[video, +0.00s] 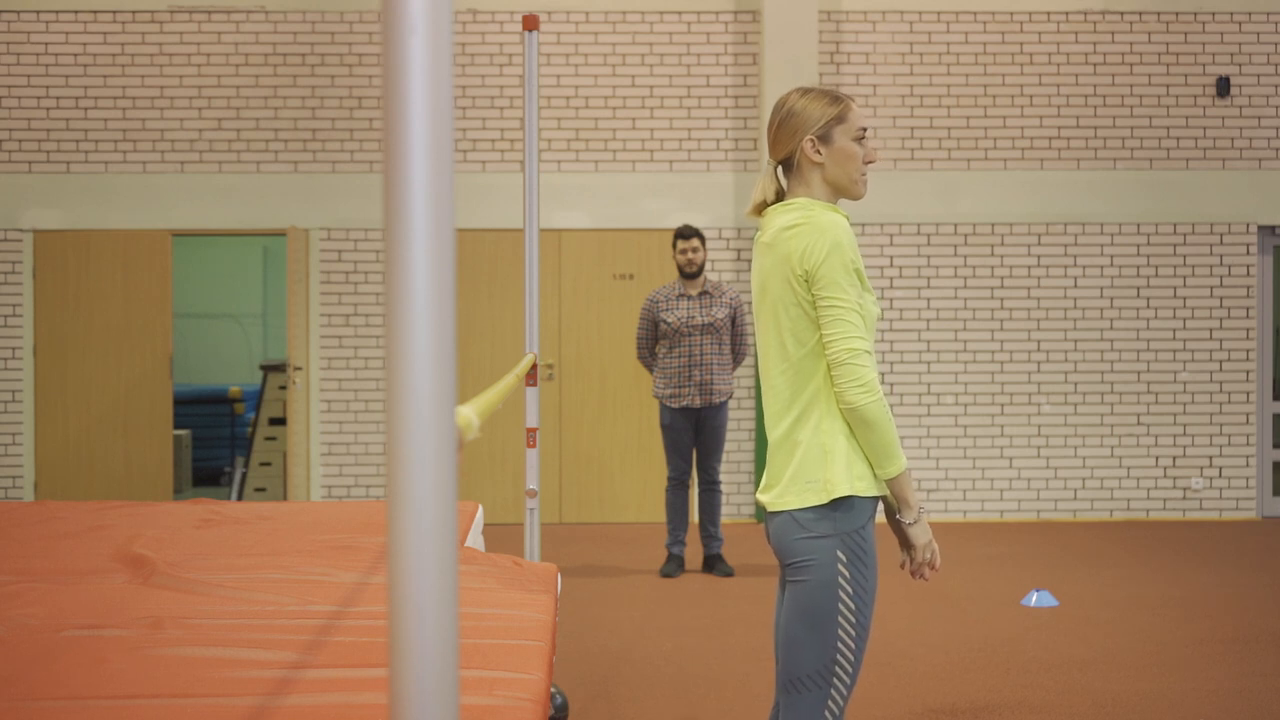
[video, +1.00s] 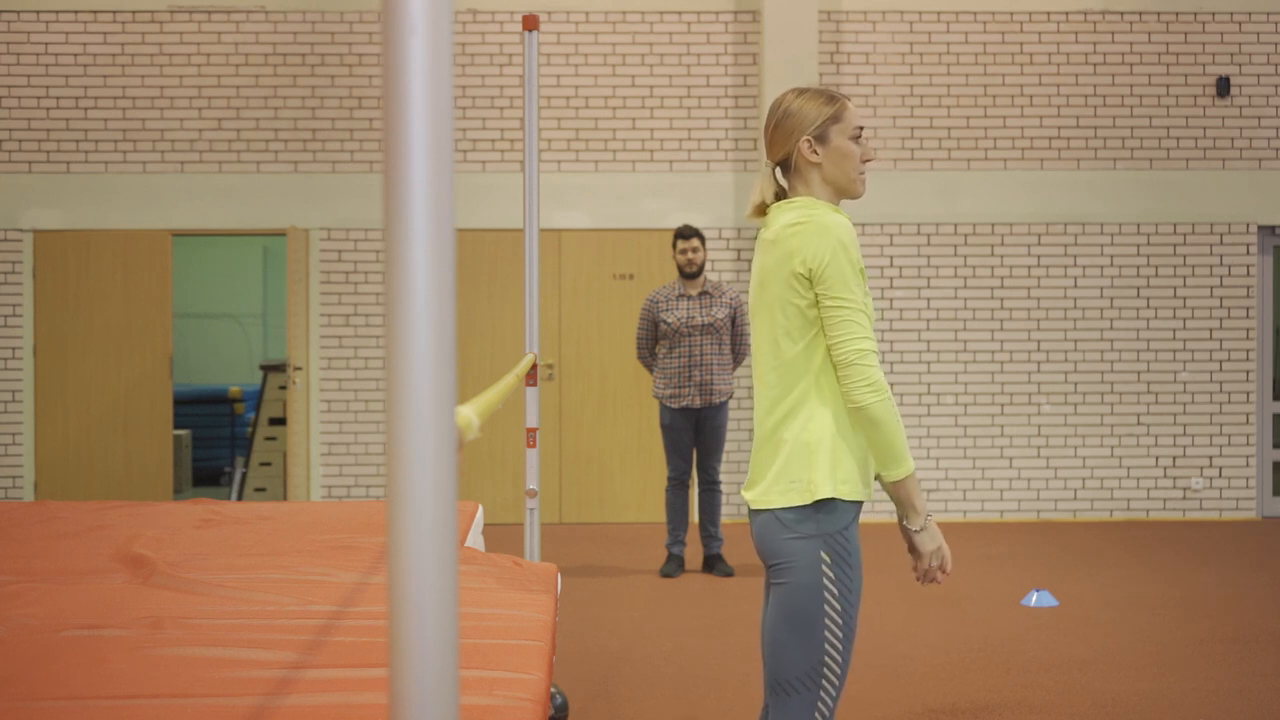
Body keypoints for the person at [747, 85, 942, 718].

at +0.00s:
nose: (871, 153)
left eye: (867, 138)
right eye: (858, 139)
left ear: (812, 153)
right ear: (813, 151)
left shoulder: (778, 230)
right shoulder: (825, 231)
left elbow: (789, 384)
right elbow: (854, 385)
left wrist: (894, 508)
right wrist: (908, 506)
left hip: (798, 502)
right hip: (830, 504)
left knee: (800, 705)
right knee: (817, 707)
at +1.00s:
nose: (868, 151)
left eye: (863, 136)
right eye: (855, 138)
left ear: (811, 155)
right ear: (811, 151)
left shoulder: (781, 229)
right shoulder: (825, 231)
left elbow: (810, 383)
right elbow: (861, 385)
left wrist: (908, 513)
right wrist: (914, 514)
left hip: (786, 504)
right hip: (814, 509)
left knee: (790, 706)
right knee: (805, 707)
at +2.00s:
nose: (852, 156)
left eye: (848, 141)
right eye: (840, 141)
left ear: (796, 153)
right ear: (796, 151)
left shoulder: (782, 223)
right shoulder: (785, 221)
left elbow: (927, 223)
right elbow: (932, 225)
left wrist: (1047, 176)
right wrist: (1064, 176)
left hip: (806, 498)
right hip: (812, 499)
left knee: (800, 703)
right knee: (807, 705)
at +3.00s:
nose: (863, 166)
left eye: (860, 151)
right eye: (850, 150)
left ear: (795, 157)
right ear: (807, 157)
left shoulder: (793, 233)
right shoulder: (785, 235)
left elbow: (814, 88)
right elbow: (842, 78)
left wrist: (796, 3)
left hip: (848, 489)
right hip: (847, 493)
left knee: (821, 697)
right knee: (830, 701)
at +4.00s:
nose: (859, 166)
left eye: (857, 152)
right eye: (846, 151)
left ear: (791, 159)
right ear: (801, 158)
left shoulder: (787, 234)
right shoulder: (786, 230)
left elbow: (804, 98)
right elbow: (837, 77)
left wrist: (774, 11)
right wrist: (793, 1)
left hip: (843, 491)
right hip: (848, 493)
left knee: (814, 701)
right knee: (829, 704)